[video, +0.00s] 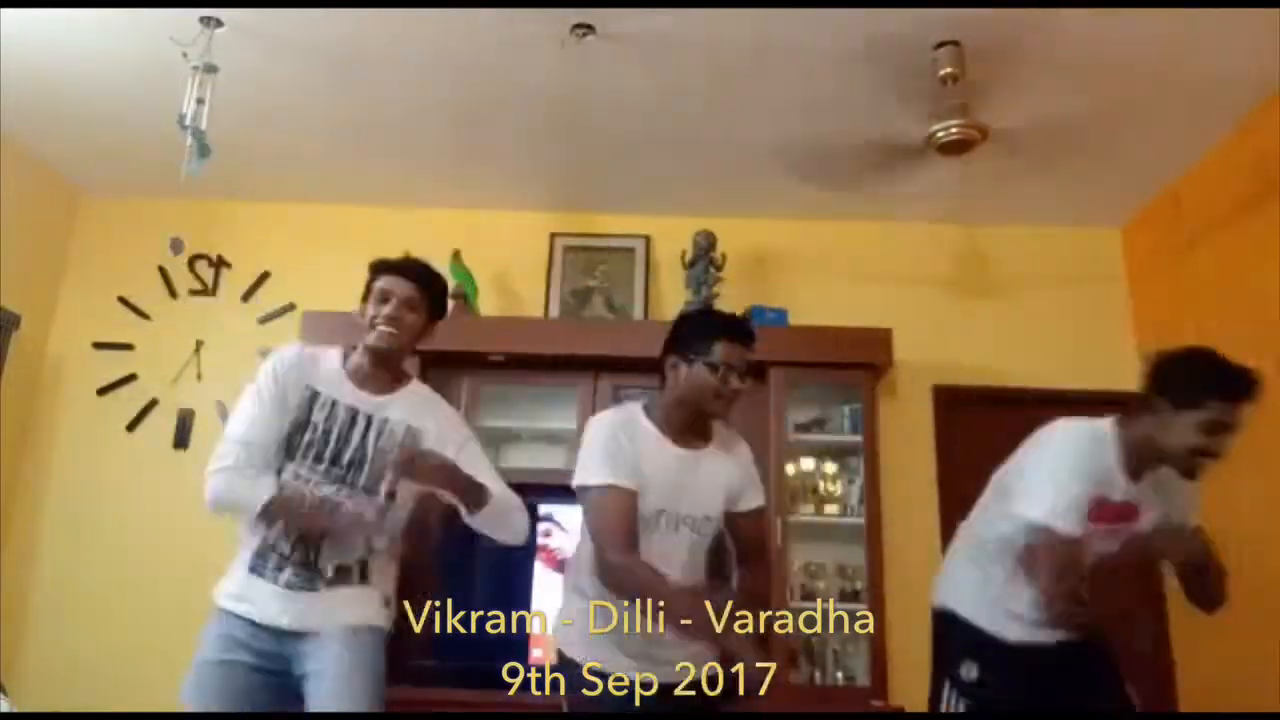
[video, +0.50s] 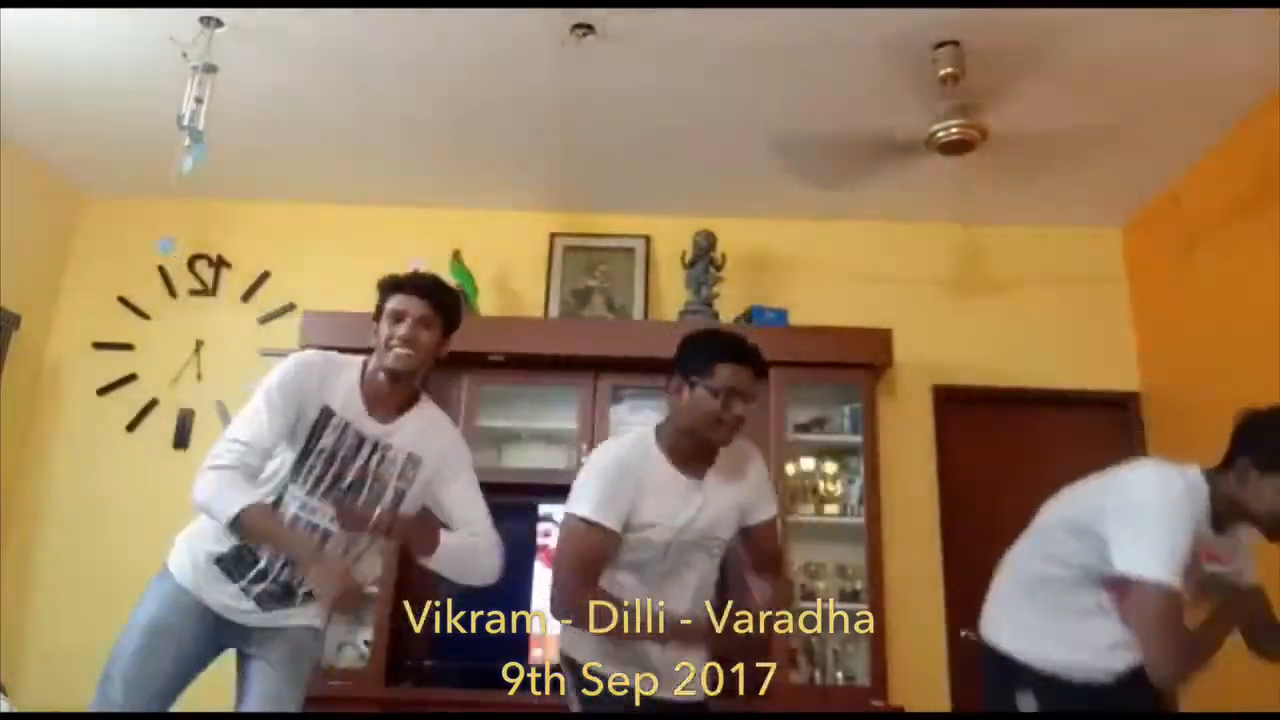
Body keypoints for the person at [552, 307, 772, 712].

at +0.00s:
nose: (735, 385)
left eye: (742, 374)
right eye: (722, 370)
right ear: (675, 368)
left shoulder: (733, 453)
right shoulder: (612, 432)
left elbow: (754, 559)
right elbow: (616, 566)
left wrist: (752, 641)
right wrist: (722, 634)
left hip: (690, 672)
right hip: (604, 668)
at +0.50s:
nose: (738, 412)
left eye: (746, 401)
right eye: (724, 396)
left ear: (753, 403)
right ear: (679, 390)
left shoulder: (744, 466)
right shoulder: (616, 464)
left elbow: (772, 572)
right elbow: (569, 600)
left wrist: (774, 635)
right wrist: (688, 629)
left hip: (689, 677)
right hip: (605, 675)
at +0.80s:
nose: (736, 412)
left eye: (750, 400)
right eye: (722, 398)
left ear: (768, 408)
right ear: (700, 406)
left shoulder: (791, 486)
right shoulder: (653, 478)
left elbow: (822, 617)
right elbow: (625, 613)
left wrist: (757, 671)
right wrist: (671, 691)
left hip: (753, 694)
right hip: (668, 692)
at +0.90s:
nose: (726, 389)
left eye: (743, 376)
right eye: (717, 376)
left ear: (777, 389)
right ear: (706, 384)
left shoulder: (815, 470)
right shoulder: (668, 465)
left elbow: (844, 593)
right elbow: (627, 593)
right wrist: (665, 686)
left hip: (784, 688)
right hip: (689, 683)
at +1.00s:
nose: (716, 379)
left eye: (734, 366)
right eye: (710, 367)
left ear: (780, 376)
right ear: (703, 370)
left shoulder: (827, 452)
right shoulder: (689, 448)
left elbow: (859, 580)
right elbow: (641, 563)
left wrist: (746, 534)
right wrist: (703, 632)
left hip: (810, 687)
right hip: (711, 684)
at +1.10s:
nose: (710, 373)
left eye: (725, 360)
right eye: (706, 361)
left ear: (774, 366)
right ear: (702, 363)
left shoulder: (833, 435)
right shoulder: (700, 442)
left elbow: (861, 564)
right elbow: (675, 560)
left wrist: (773, 562)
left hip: (826, 678)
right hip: (731, 675)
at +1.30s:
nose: (696, 439)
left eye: (709, 424)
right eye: (694, 426)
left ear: (757, 423)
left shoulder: (832, 479)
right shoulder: (716, 502)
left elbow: (867, 619)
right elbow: (694, 622)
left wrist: (762, 631)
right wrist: (647, 691)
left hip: (874, 696)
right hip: (793, 696)